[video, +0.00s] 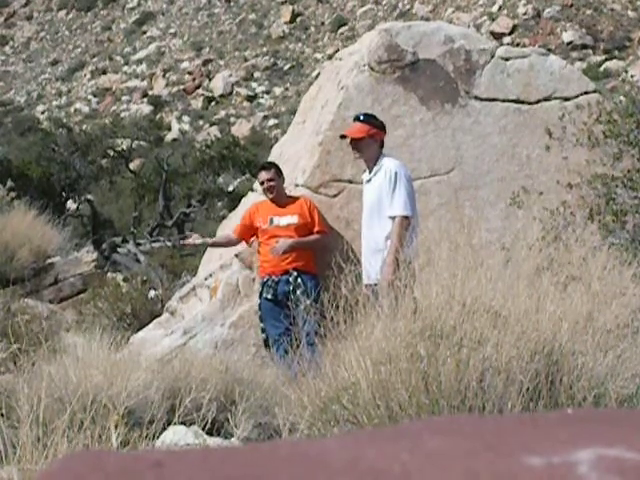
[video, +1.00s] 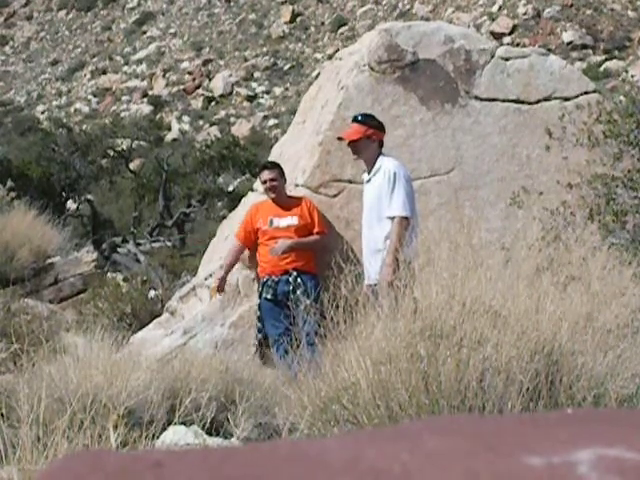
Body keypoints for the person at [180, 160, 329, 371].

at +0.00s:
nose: (267, 185)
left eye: (271, 180)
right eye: (263, 182)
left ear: (282, 180)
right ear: (260, 186)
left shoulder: (304, 204)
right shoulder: (257, 210)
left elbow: (323, 236)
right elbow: (234, 238)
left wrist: (293, 243)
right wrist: (205, 241)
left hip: (302, 277)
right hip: (271, 280)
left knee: (310, 333)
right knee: (278, 339)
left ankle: (316, 380)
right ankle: (292, 385)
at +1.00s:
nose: (270, 185)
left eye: (274, 180)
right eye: (265, 182)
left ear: (284, 180)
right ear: (261, 186)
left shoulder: (304, 205)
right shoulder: (256, 211)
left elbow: (323, 237)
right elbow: (239, 244)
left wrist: (293, 243)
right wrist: (223, 273)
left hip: (303, 277)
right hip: (271, 280)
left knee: (310, 332)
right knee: (279, 338)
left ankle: (315, 379)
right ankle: (290, 382)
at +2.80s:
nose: (272, 181)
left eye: (276, 176)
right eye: (267, 178)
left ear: (285, 178)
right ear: (263, 183)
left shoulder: (306, 205)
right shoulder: (258, 210)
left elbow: (324, 238)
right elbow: (246, 242)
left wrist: (293, 243)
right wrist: (243, 249)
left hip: (304, 278)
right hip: (272, 281)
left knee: (310, 335)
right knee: (278, 338)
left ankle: (315, 381)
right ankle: (288, 384)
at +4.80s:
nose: (274, 181)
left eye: (278, 176)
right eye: (269, 178)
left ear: (287, 179)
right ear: (264, 183)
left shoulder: (307, 206)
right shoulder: (257, 211)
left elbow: (325, 237)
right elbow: (247, 246)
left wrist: (293, 244)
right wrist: (252, 264)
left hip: (304, 274)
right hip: (272, 277)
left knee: (309, 327)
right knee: (278, 330)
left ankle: (315, 375)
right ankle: (287, 378)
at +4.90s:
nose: (275, 181)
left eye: (279, 176)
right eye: (270, 177)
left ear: (287, 179)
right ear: (265, 183)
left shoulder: (306, 205)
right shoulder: (262, 209)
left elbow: (324, 237)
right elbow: (257, 240)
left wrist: (290, 244)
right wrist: (274, 250)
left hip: (305, 272)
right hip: (277, 273)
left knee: (310, 328)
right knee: (280, 329)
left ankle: (318, 373)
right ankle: (290, 377)